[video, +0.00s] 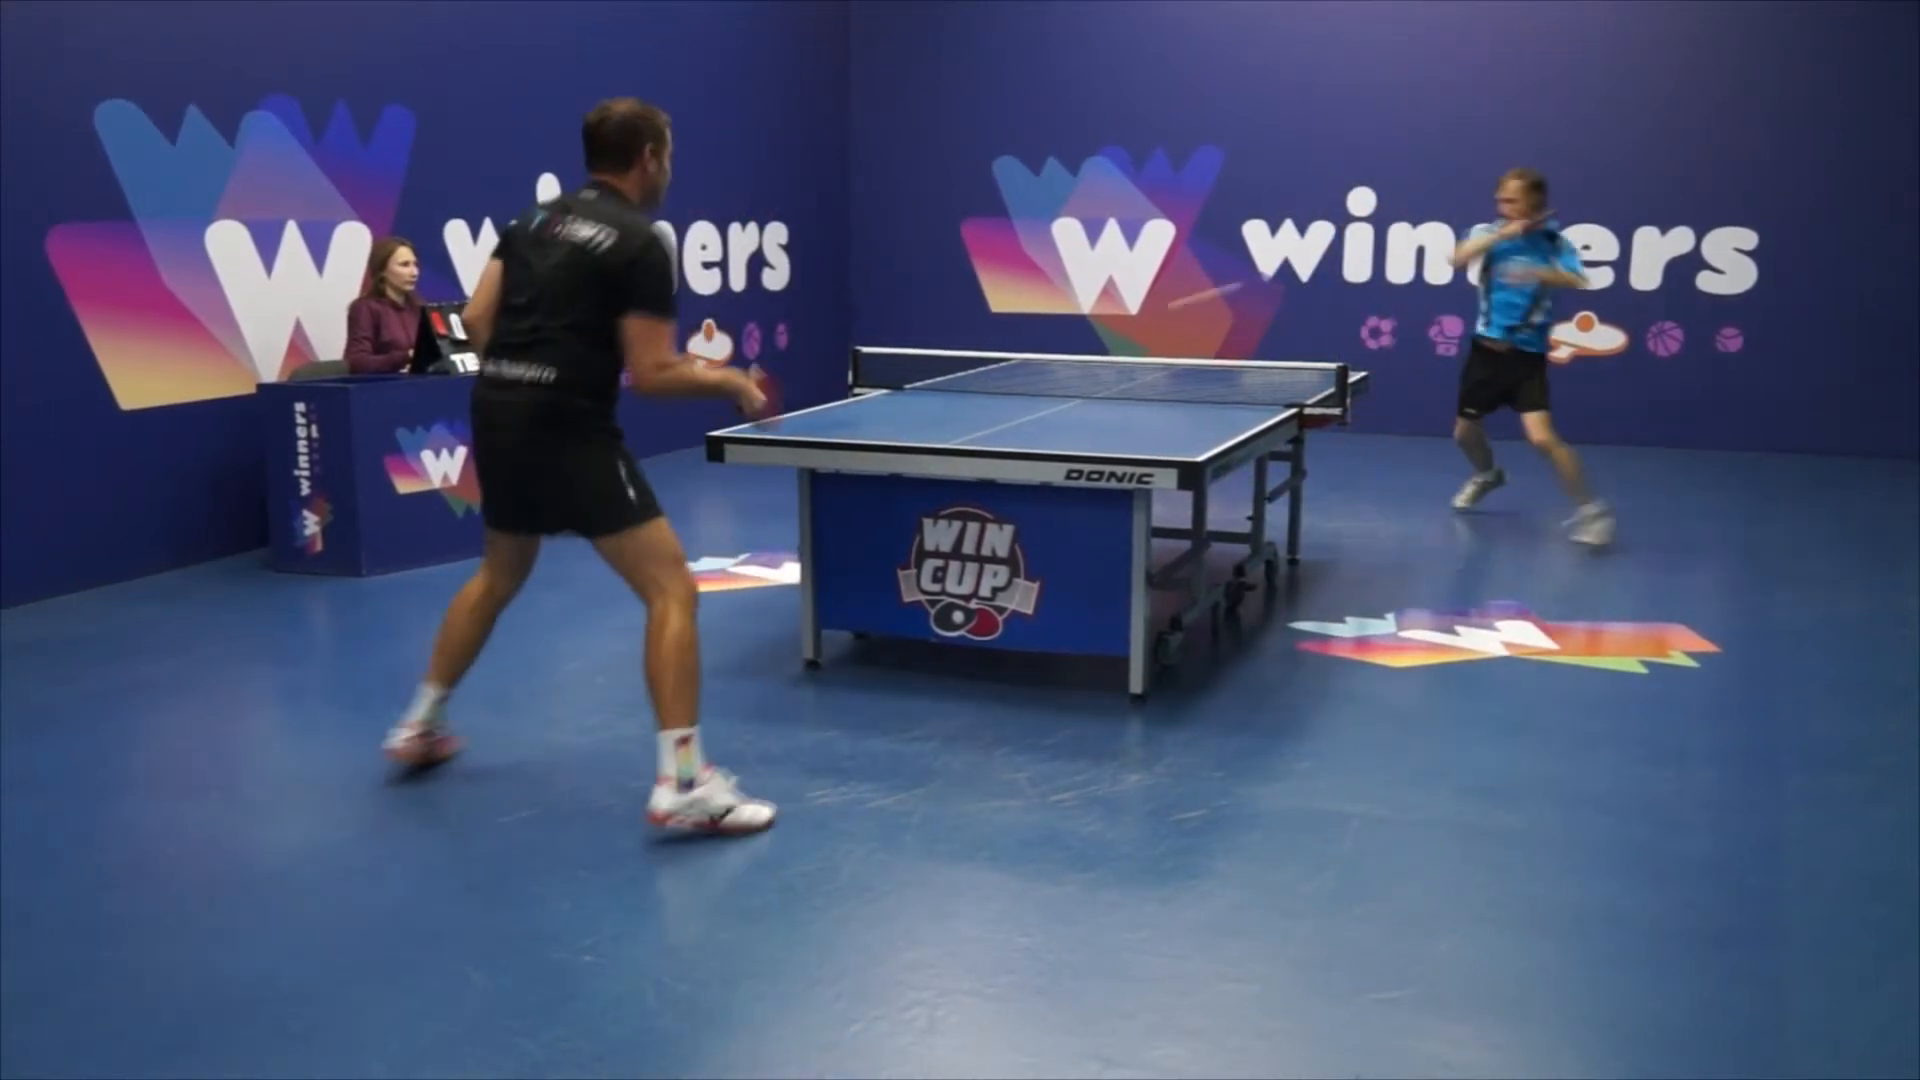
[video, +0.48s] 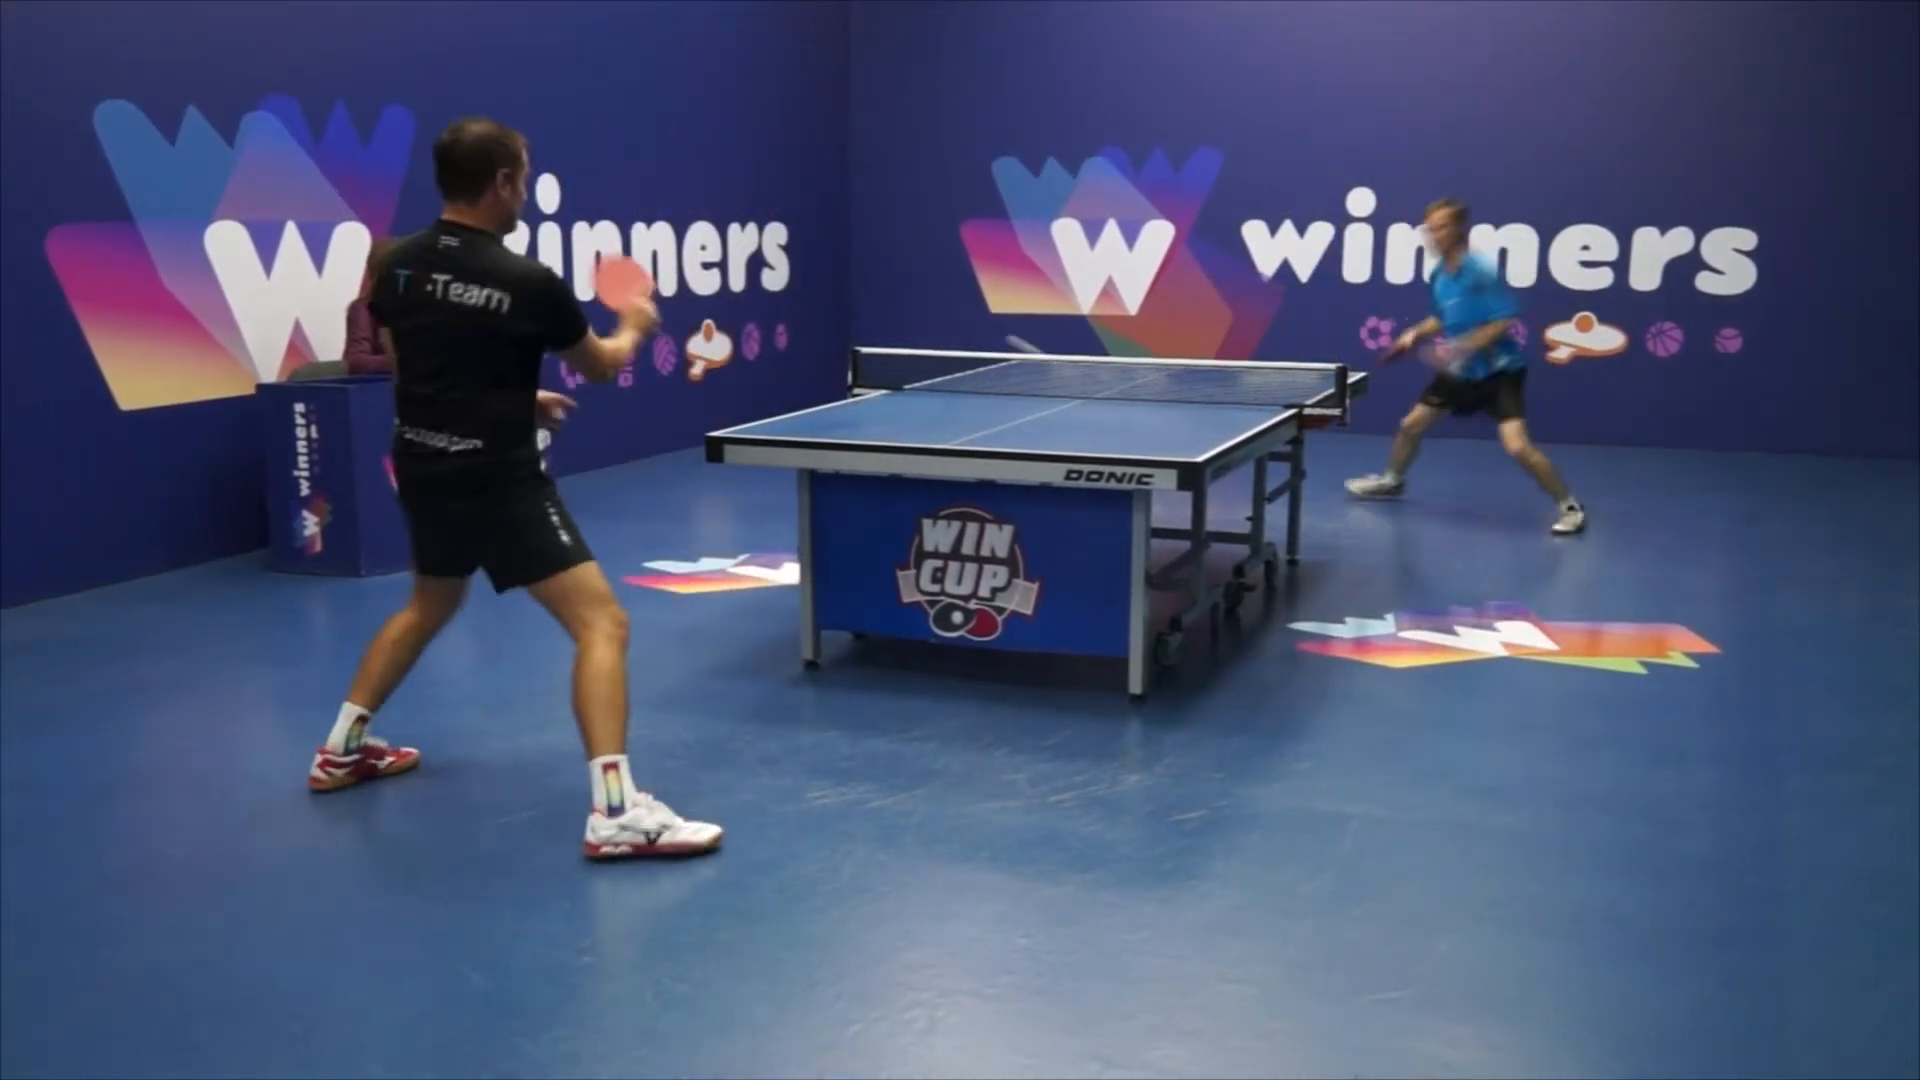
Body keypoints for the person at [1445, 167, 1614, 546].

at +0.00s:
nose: (1507, 210)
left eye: (1514, 203)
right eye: (1503, 202)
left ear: (1537, 205)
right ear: (1498, 203)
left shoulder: (1555, 244)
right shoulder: (1487, 233)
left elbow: (1577, 280)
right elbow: (1458, 259)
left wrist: (1539, 274)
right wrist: (1500, 236)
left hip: (1527, 355)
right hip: (1485, 349)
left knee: (1541, 436)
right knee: (1465, 432)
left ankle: (1589, 509)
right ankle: (1487, 474)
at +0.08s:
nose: (1525, 219)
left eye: (1533, 212)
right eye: (1520, 212)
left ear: (1554, 215)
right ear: (1516, 213)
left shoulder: (1570, 261)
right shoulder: (1506, 247)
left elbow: (1600, 304)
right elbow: (1476, 296)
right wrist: (1502, 272)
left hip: (1539, 370)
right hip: (1493, 360)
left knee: (1565, 448)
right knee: (1464, 440)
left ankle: (1623, 514)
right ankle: (1472, 477)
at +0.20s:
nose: (1523, 226)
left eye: (1532, 219)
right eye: (1519, 218)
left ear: (1551, 223)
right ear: (1514, 221)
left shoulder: (1567, 274)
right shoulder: (1500, 262)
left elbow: (1585, 325)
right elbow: (1462, 307)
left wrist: (1584, 363)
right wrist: (1486, 287)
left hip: (1549, 385)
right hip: (1500, 381)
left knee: (1578, 449)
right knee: (1452, 445)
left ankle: (1627, 519)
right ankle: (1457, 490)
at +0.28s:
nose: (1501, 215)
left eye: (1509, 208)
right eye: (1497, 207)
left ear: (1529, 212)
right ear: (1493, 210)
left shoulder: (1548, 259)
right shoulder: (1484, 251)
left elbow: (1570, 311)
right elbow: (1453, 291)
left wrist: (1562, 353)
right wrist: (1450, 288)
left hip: (1533, 371)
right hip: (1486, 368)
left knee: (1566, 436)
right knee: (1438, 427)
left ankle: (1613, 513)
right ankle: (1444, 481)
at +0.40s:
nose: (1460, 219)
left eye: (1468, 212)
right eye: (1457, 212)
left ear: (1488, 214)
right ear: (1454, 215)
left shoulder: (1514, 258)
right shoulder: (1453, 260)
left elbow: (1541, 304)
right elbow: (1437, 301)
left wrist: (1522, 352)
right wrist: (1417, 313)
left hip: (1514, 359)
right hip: (1472, 360)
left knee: (1532, 431)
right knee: (1429, 421)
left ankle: (1567, 498)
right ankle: (1408, 477)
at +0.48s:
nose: (1436, 236)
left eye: (1443, 228)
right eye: (1431, 229)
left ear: (1461, 230)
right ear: (1428, 232)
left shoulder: (1481, 270)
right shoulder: (1439, 276)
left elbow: (1505, 318)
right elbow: (1444, 318)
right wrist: (1413, 333)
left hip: (1500, 368)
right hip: (1461, 367)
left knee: (1516, 445)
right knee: (1411, 425)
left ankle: (1568, 506)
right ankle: (1392, 479)